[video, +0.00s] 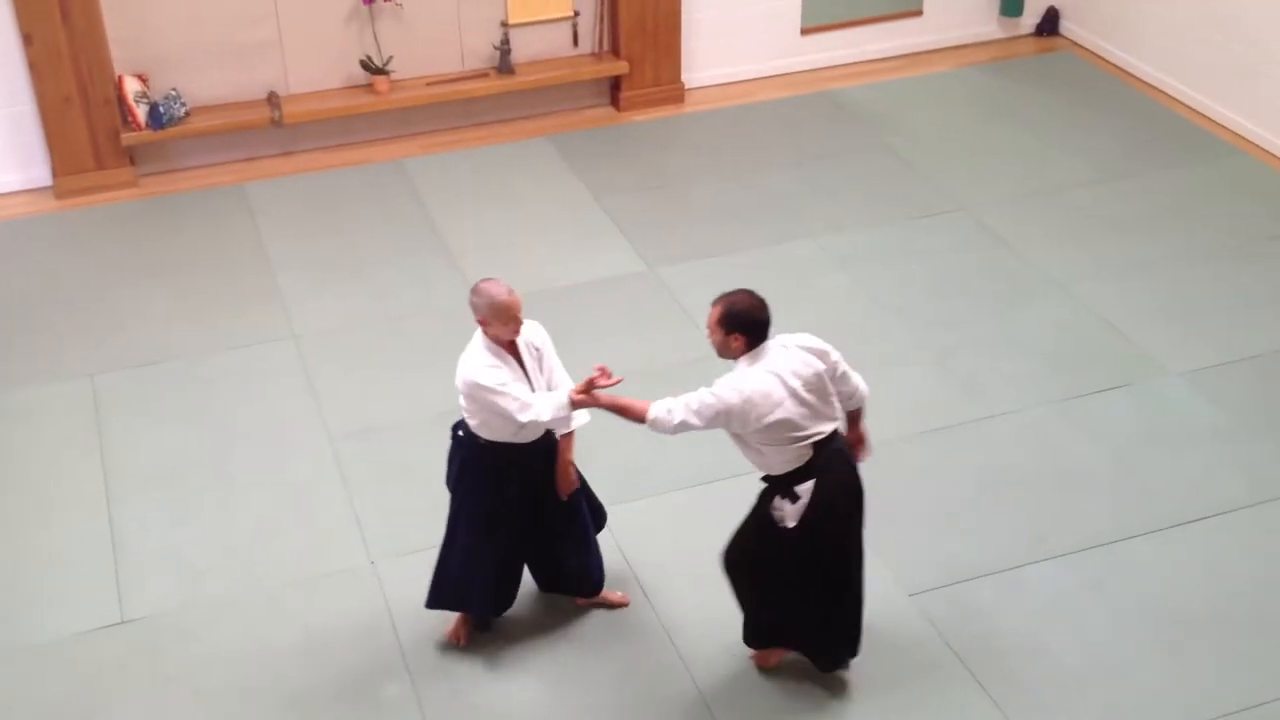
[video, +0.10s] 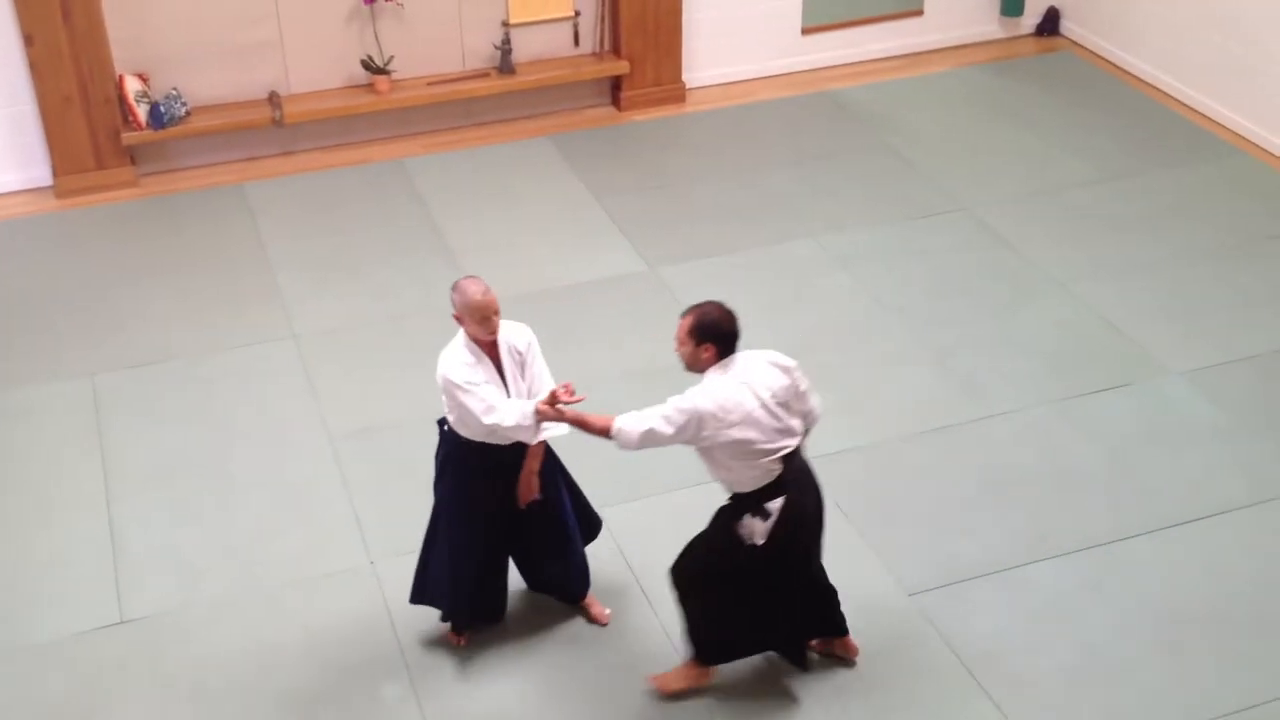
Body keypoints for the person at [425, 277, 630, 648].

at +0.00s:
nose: (519, 324)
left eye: (519, 316)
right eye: (510, 321)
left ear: (519, 307)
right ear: (483, 324)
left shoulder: (533, 333)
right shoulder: (476, 371)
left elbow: (561, 395)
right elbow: (526, 412)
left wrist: (565, 459)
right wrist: (579, 393)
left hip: (541, 446)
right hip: (492, 459)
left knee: (569, 518)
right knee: (484, 537)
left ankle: (585, 588)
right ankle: (469, 610)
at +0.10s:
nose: (493, 325)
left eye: (495, 315)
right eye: (483, 319)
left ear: (499, 307)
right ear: (459, 319)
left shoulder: (520, 336)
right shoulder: (453, 365)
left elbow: (543, 406)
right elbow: (490, 418)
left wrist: (531, 470)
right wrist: (546, 405)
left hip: (526, 446)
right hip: (473, 457)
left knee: (553, 520)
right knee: (467, 538)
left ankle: (581, 593)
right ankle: (460, 614)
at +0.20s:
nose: (477, 325)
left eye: (480, 314)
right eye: (467, 318)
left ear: (486, 308)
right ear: (447, 317)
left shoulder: (512, 340)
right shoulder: (441, 361)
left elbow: (535, 410)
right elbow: (464, 416)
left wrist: (503, 471)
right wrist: (512, 414)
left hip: (520, 448)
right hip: (465, 456)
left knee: (543, 523)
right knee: (457, 537)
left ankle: (570, 592)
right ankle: (456, 613)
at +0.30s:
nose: (463, 326)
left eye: (469, 315)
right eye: (454, 318)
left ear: (480, 303)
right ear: (440, 314)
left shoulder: (508, 343)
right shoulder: (433, 356)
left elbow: (521, 416)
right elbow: (445, 408)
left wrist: (483, 474)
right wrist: (478, 415)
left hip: (513, 447)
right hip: (460, 450)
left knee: (538, 521)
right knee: (450, 532)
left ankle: (571, 590)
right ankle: (457, 615)